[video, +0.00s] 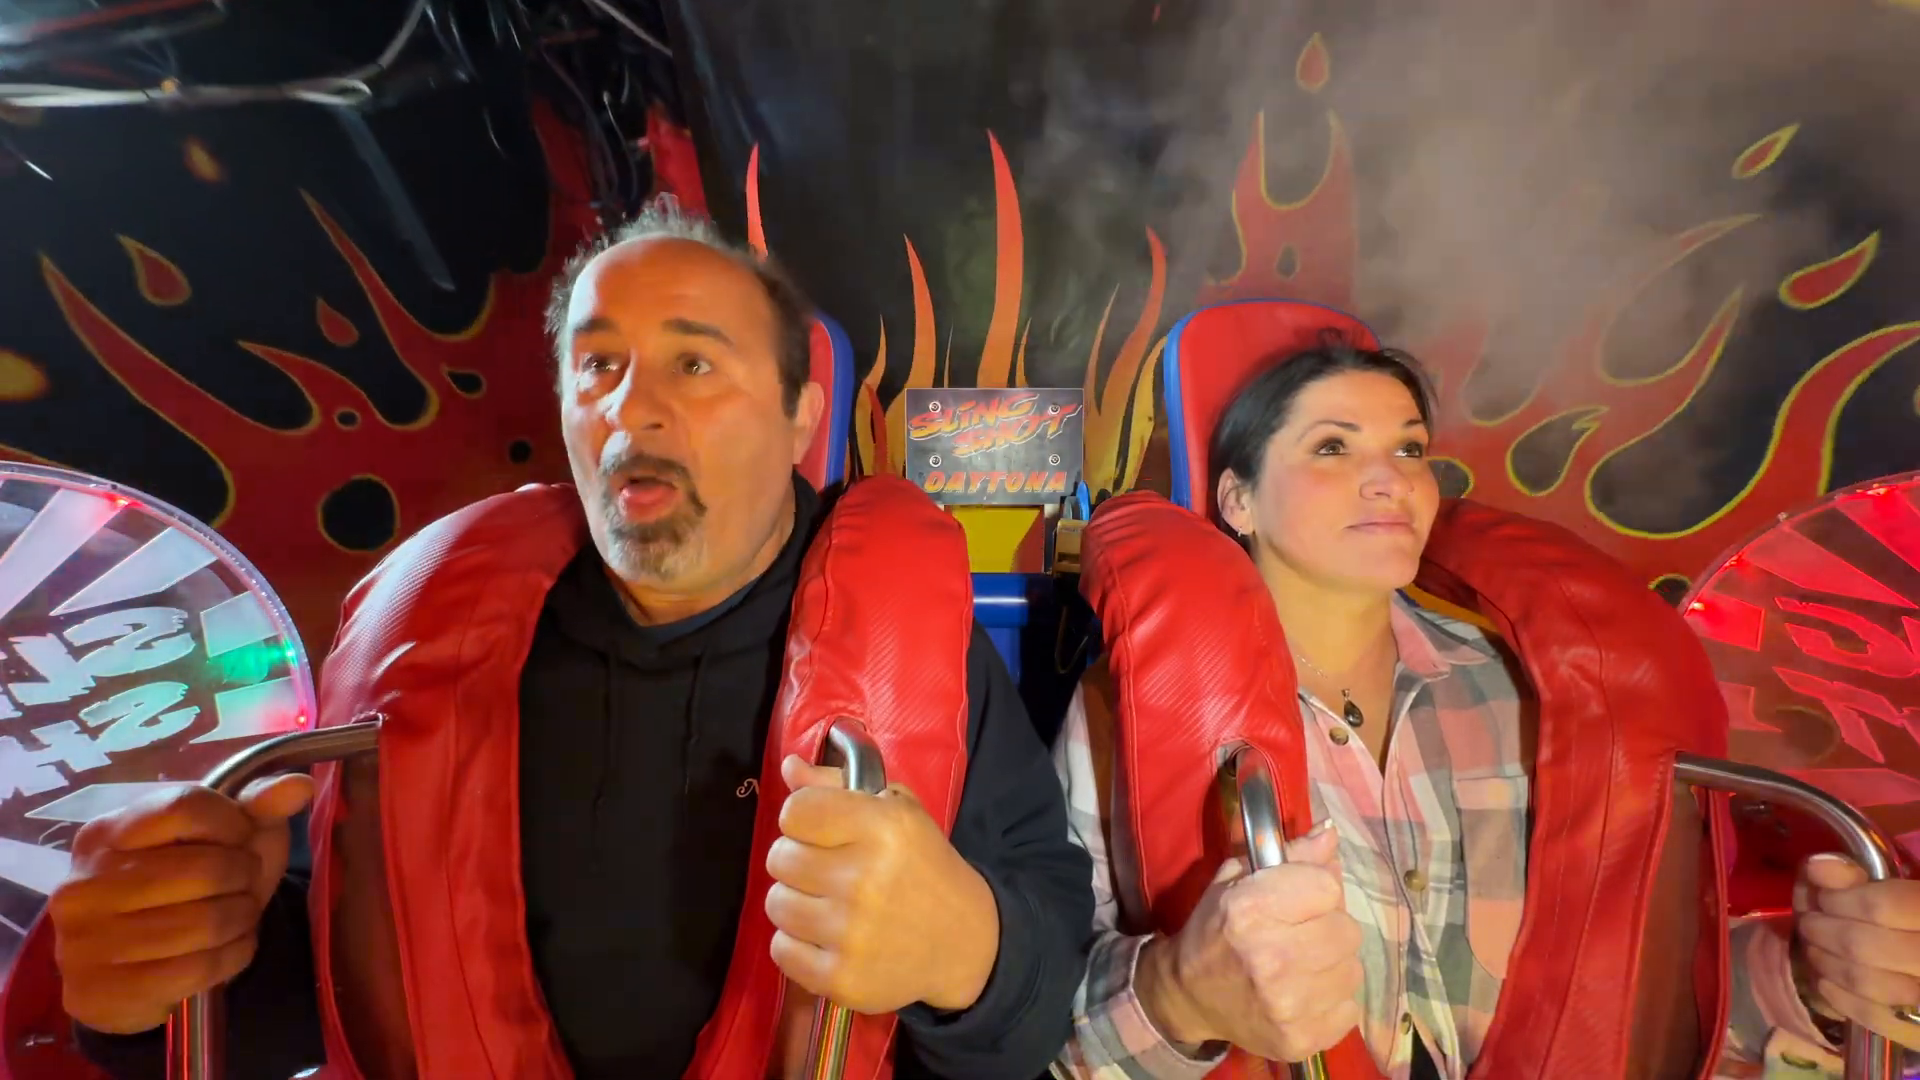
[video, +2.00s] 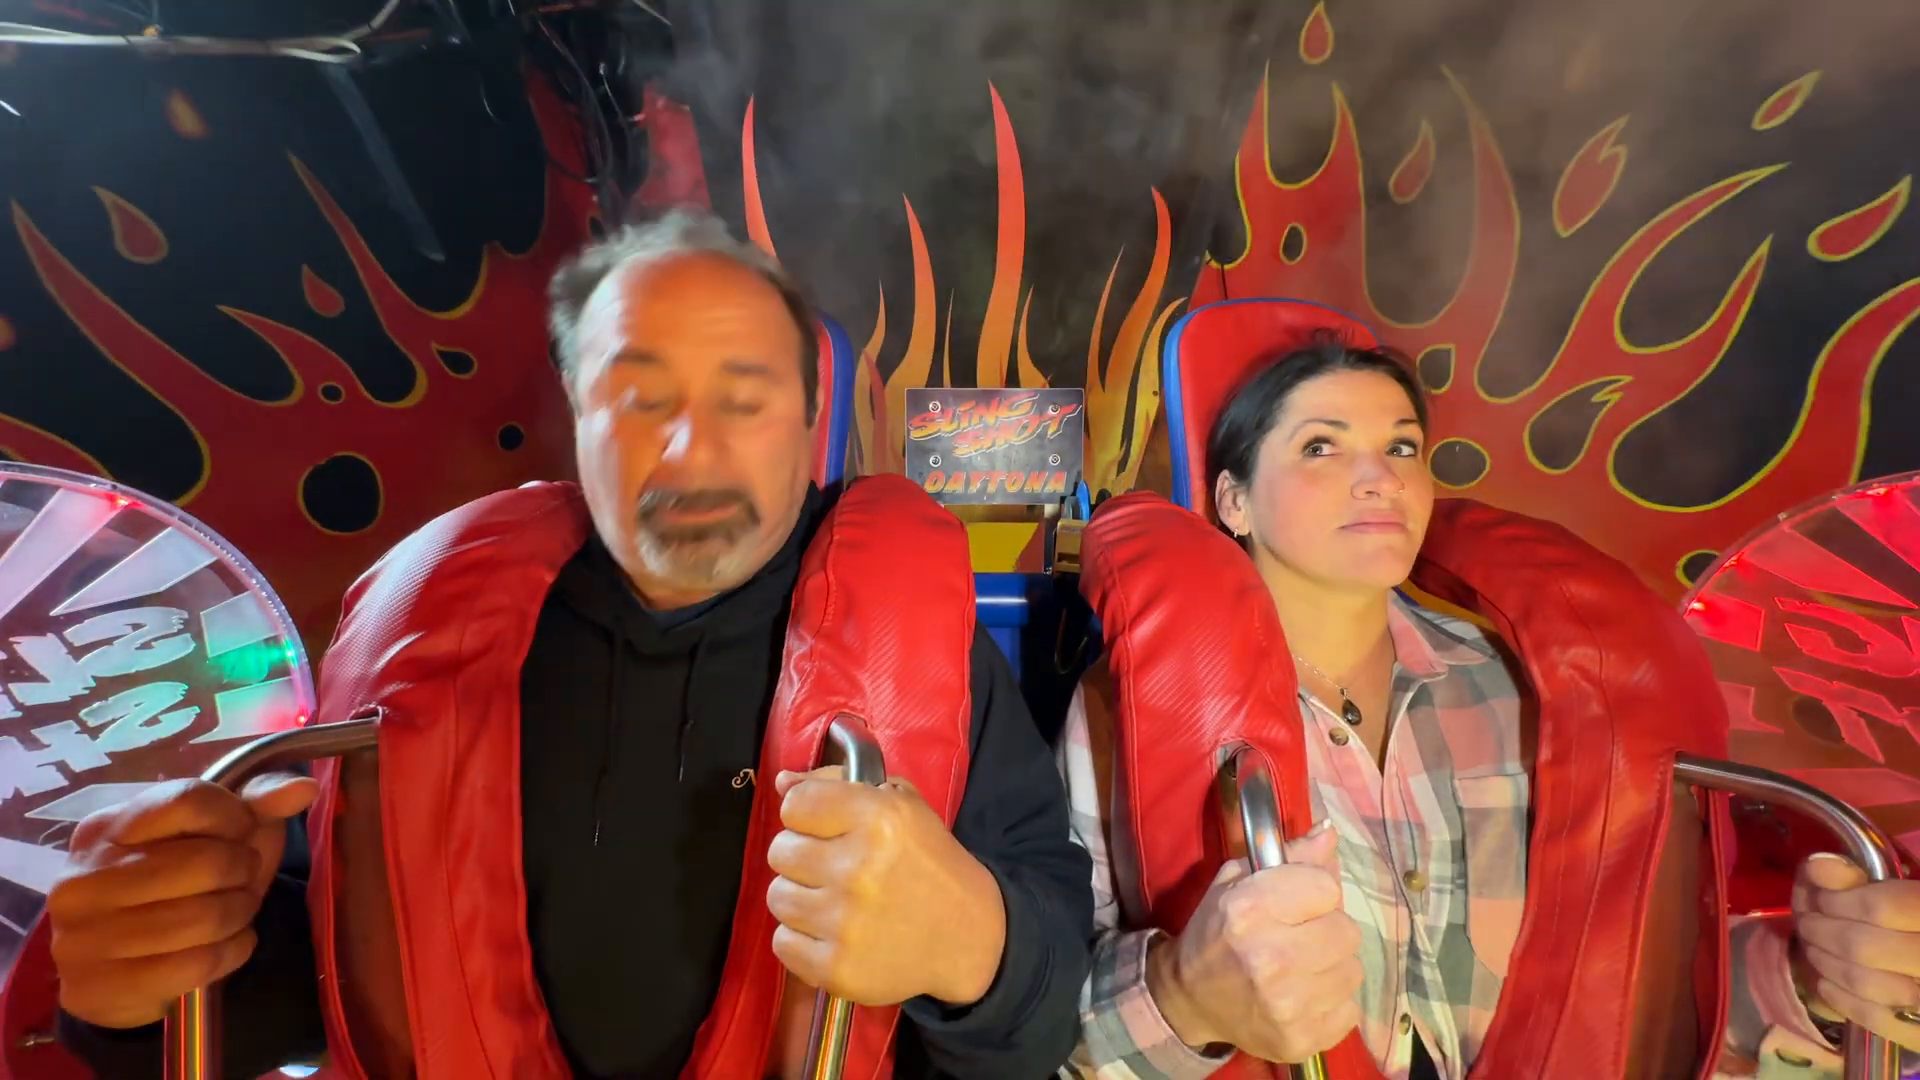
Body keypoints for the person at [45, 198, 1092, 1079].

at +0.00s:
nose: (633, 413)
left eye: (696, 366)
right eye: (602, 372)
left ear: (798, 421)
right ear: (560, 426)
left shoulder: (919, 647)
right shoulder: (419, 638)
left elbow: (1041, 1003)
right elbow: (310, 1003)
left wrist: (978, 955)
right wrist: (133, 976)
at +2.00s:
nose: (688, 445)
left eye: (742, 397)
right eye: (639, 398)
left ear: (811, 425)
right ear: (572, 428)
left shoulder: (927, 646)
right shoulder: (422, 628)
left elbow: (1049, 1011)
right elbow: (308, 972)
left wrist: (982, 948)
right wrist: (114, 989)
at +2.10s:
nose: (649, 496)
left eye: (704, 438)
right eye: (604, 440)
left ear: (794, 422)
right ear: (551, 438)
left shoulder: (924, 633)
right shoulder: (418, 623)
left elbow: (1047, 1014)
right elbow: (307, 969)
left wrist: (982, 948)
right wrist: (112, 989)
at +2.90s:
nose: (647, 356)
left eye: (702, 323)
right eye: (616, 336)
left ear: (804, 398)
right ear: (582, 417)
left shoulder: (926, 659)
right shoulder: (435, 639)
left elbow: (1046, 1012)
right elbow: (305, 975)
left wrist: (982, 955)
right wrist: (102, 991)